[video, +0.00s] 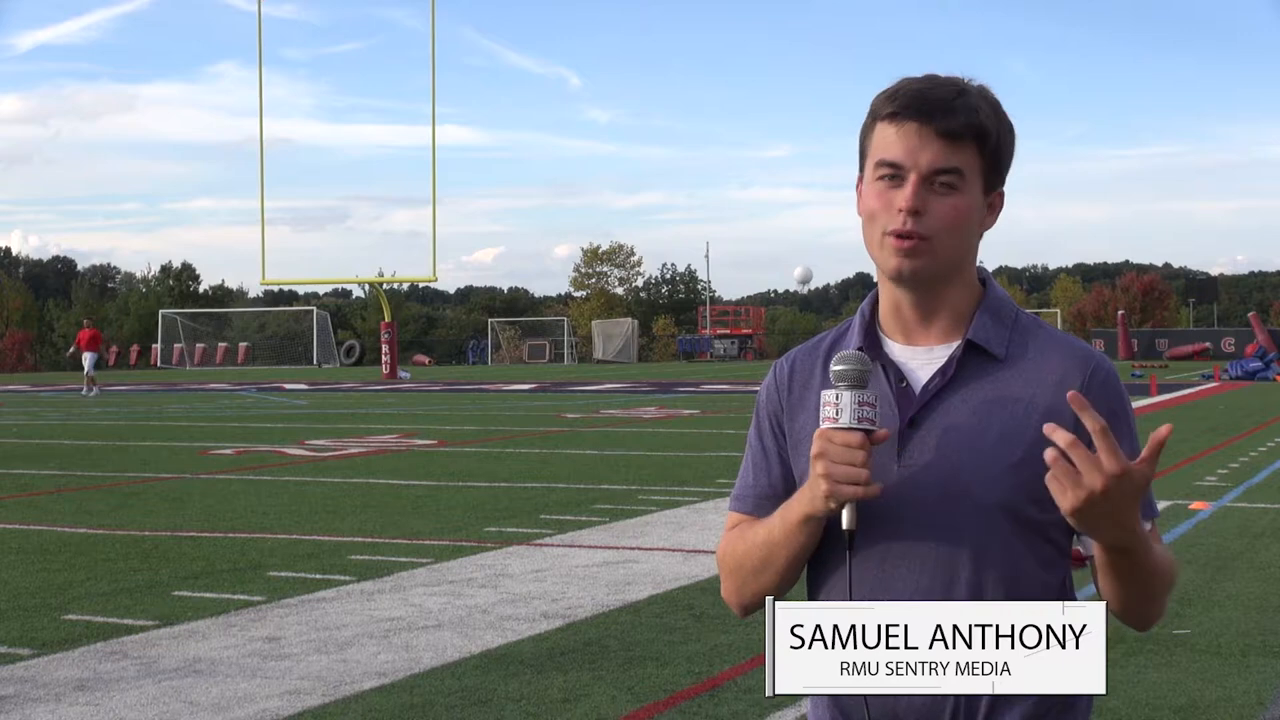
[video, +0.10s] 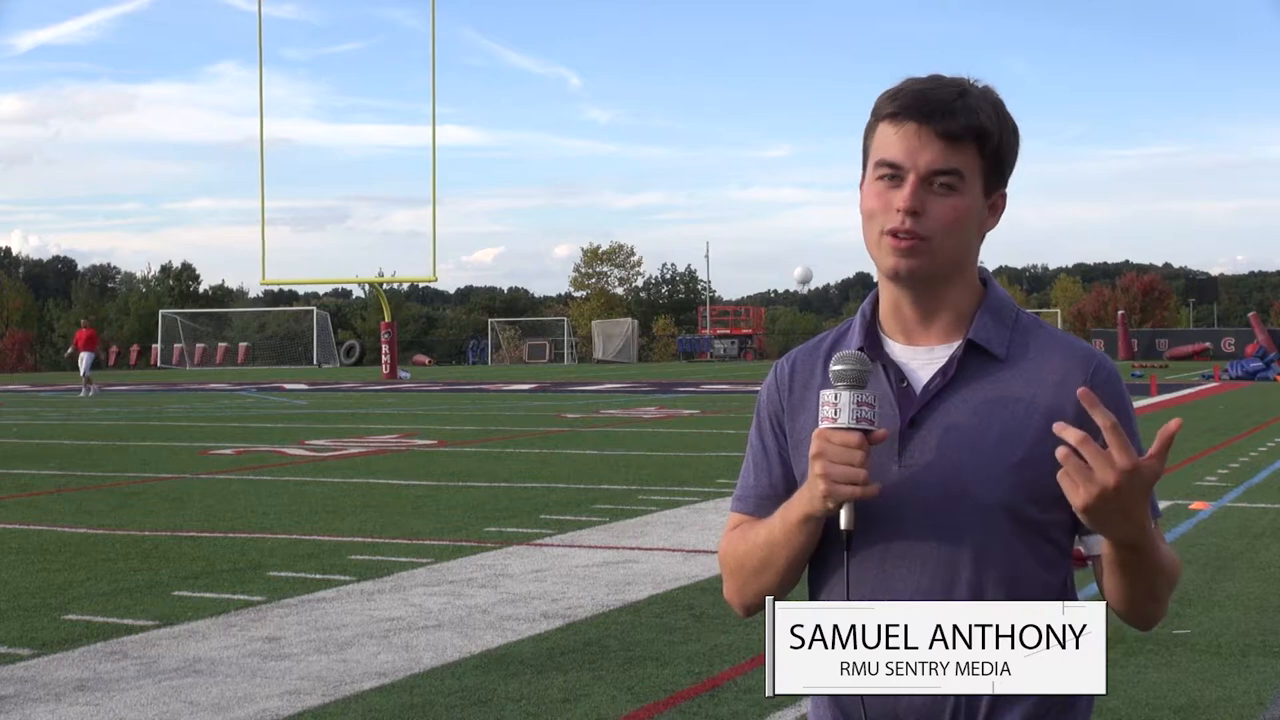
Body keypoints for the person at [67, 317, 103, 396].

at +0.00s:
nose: (86, 324)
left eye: (87, 322)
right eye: (85, 322)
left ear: (91, 323)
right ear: (83, 323)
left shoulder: (95, 332)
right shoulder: (81, 332)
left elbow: (100, 344)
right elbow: (76, 344)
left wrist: (104, 353)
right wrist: (70, 351)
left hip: (92, 353)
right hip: (84, 353)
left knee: (87, 371)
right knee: (88, 372)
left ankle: (85, 388)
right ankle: (95, 388)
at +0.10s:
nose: (83, 324)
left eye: (84, 322)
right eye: (82, 322)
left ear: (88, 323)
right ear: (81, 323)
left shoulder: (92, 332)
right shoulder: (79, 332)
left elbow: (97, 344)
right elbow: (74, 344)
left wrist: (100, 353)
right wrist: (68, 352)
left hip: (89, 353)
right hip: (81, 353)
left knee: (84, 372)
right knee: (83, 373)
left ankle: (84, 390)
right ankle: (93, 387)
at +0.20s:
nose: (80, 324)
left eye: (82, 322)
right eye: (79, 322)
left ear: (85, 323)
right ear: (78, 323)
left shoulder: (90, 331)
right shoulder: (75, 332)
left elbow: (93, 343)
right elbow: (72, 344)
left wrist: (93, 353)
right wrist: (68, 352)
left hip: (86, 352)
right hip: (78, 353)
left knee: (83, 372)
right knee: (76, 373)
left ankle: (84, 390)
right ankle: (86, 384)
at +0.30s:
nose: (77, 322)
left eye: (79, 321)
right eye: (76, 321)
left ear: (82, 321)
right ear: (75, 322)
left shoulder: (86, 330)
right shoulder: (74, 331)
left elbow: (88, 342)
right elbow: (71, 343)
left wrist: (86, 352)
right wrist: (69, 352)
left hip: (82, 352)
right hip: (74, 352)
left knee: (82, 372)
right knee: (70, 372)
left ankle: (83, 389)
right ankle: (79, 385)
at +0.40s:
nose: (75, 323)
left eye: (76, 321)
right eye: (74, 321)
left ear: (79, 322)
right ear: (72, 322)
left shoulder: (82, 331)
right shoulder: (70, 332)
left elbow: (84, 342)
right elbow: (70, 342)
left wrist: (79, 349)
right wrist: (69, 349)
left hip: (81, 352)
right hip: (72, 352)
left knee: (81, 372)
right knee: (68, 371)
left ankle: (83, 389)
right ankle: (70, 388)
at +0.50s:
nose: (71, 324)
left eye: (72, 322)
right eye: (70, 322)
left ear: (76, 322)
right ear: (69, 323)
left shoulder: (79, 331)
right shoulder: (67, 332)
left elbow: (79, 343)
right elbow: (67, 342)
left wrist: (69, 349)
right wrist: (66, 350)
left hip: (78, 353)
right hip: (69, 353)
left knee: (79, 373)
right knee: (66, 372)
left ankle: (82, 390)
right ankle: (62, 389)